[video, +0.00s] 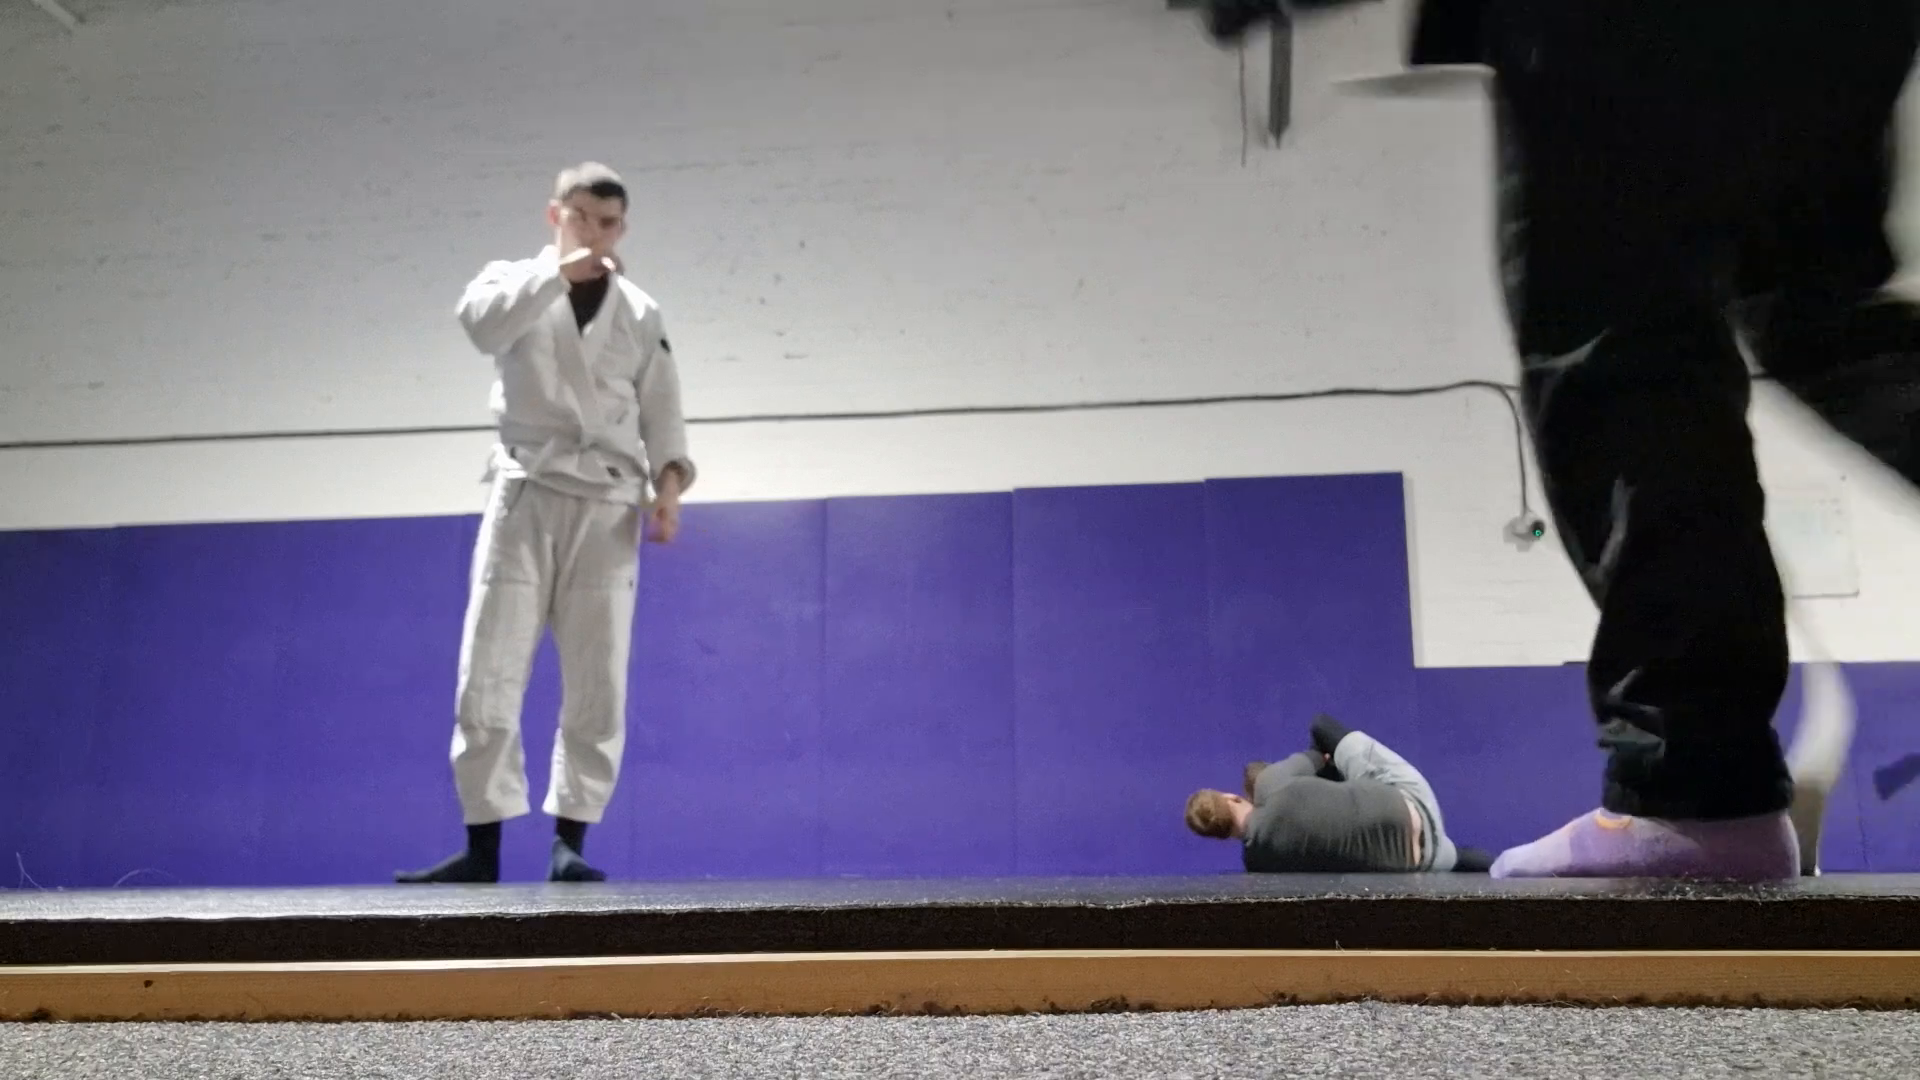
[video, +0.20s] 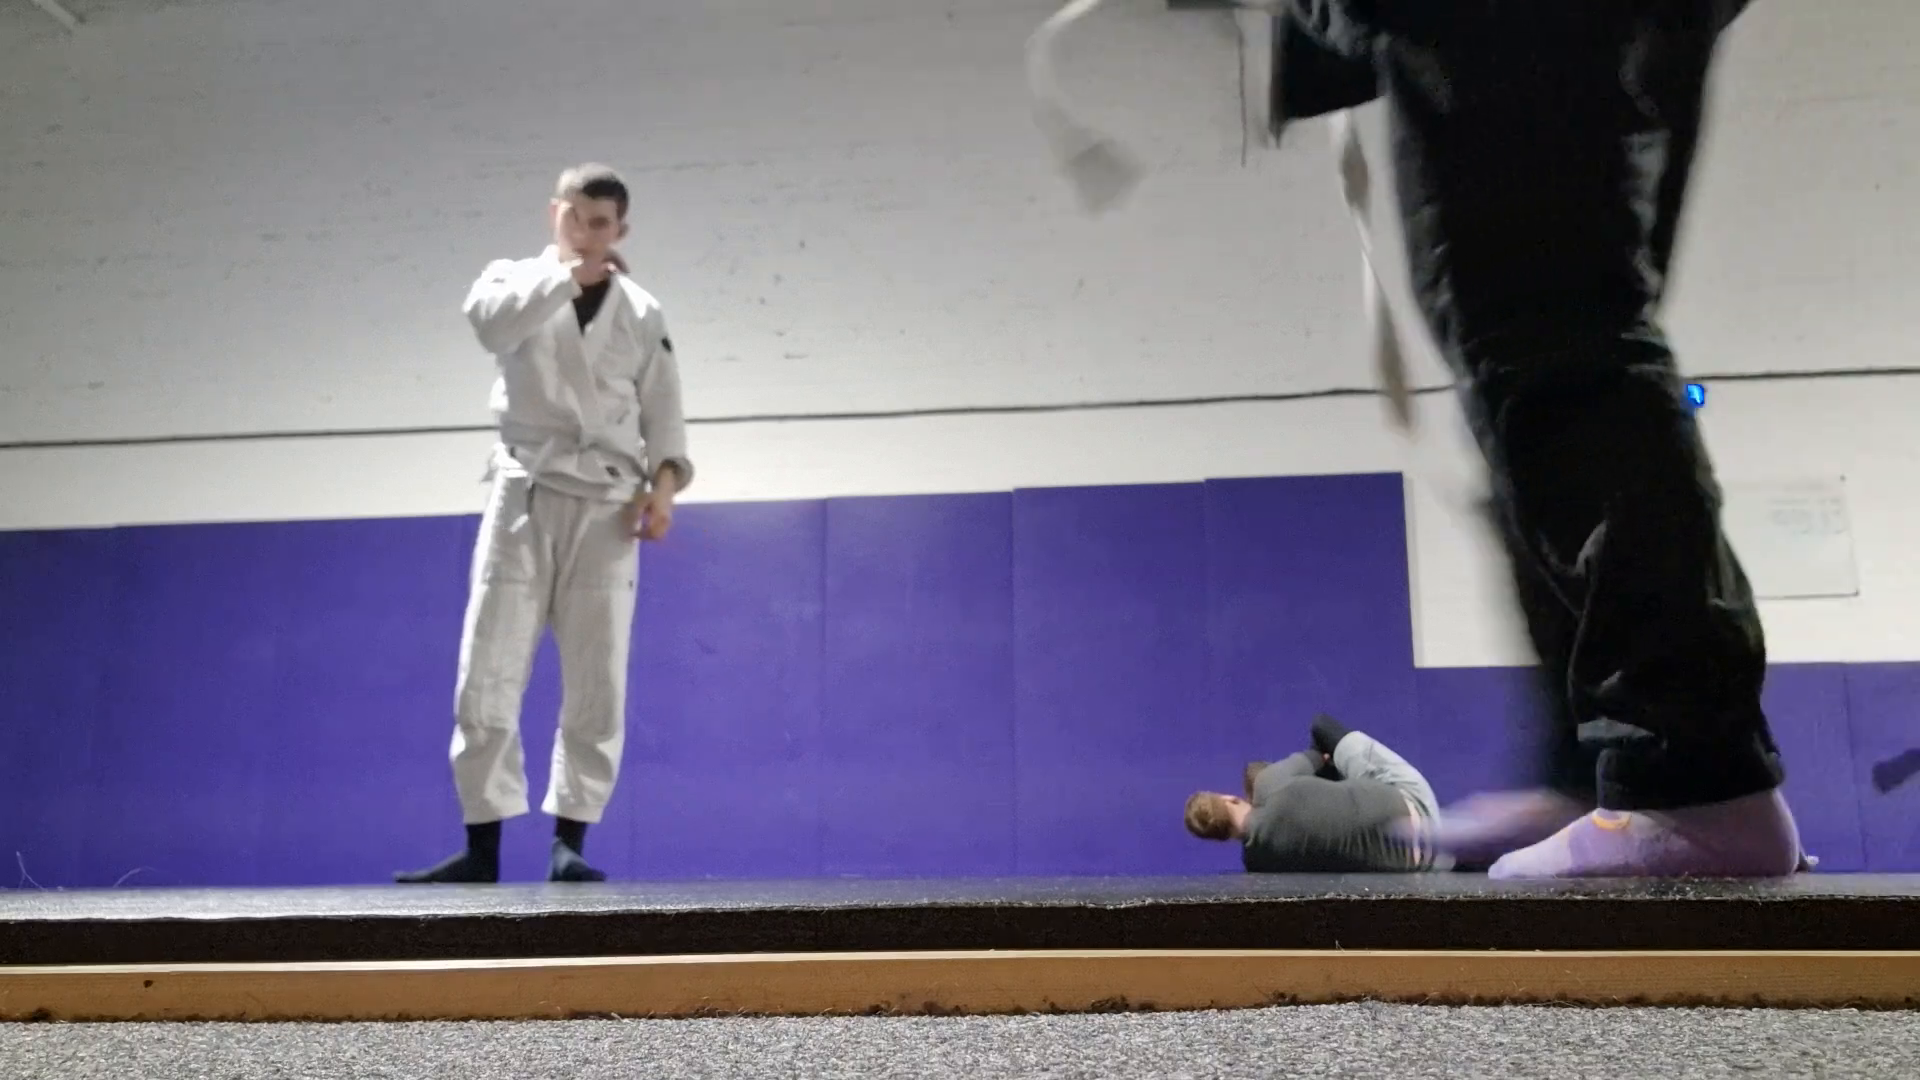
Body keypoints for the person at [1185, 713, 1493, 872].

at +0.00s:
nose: (1230, 791)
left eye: (1226, 792)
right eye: (1227, 792)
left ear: (1216, 838)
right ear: (1231, 797)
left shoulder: (1257, 862)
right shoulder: (1274, 783)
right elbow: (1320, 759)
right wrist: (1264, 775)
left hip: (1423, 862)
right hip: (1416, 808)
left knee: (1459, 855)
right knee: (1323, 727)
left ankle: (1513, 866)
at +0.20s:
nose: (1232, 795)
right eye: (1228, 795)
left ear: (1217, 841)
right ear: (1231, 798)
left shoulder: (1258, 864)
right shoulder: (1271, 781)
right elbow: (1317, 757)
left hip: (1422, 865)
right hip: (1415, 810)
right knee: (1342, 740)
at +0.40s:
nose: (1228, 795)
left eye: (1220, 825)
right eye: (1224, 795)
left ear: (1221, 836)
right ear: (1230, 795)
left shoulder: (1254, 854)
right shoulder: (1274, 773)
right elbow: (1327, 760)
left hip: (1416, 857)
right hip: (1410, 805)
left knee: (1452, 856)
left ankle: (1512, 869)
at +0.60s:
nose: (1229, 806)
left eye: (1218, 813)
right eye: (1224, 805)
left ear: (1217, 840)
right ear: (1229, 797)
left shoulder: (1261, 856)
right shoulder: (1276, 778)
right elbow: (1331, 764)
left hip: (1405, 861)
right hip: (1412, 809)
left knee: (1451, 859)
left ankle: (1506, 867)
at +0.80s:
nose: (1212, 815)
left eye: (1206, 811)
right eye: (1208, 819)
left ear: (1220, 800)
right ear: (1220, 821)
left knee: (1445, 855)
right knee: (1441, 848)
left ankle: (1503, 864)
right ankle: (1498, 862)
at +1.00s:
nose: (1225, 809)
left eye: (1214, 816)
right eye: (1221, 806)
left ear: (1217, 837)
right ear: (1229, 796)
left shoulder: (1260, 853)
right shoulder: (1266, 778)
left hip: (1396, 857)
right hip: (1408, 796)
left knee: (1443, 858)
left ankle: (1505, 863)